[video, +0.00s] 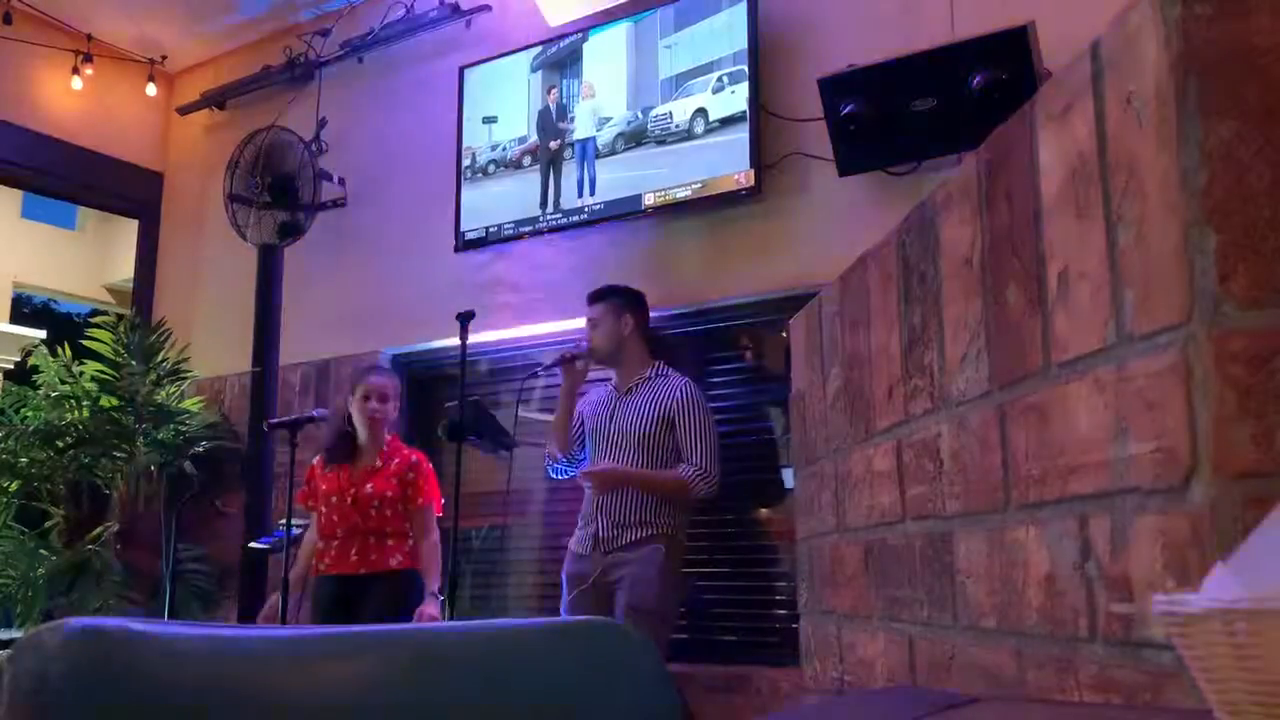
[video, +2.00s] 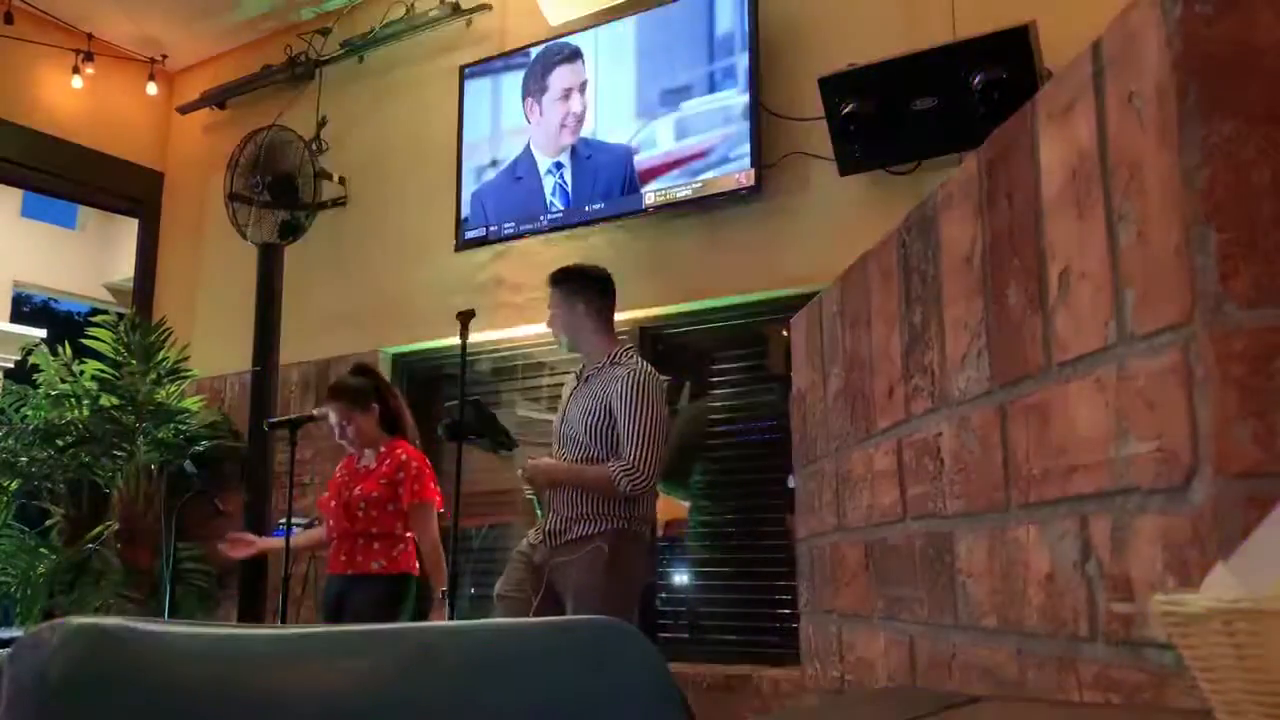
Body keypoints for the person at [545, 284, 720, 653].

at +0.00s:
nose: (587, 335)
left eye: (595, 323)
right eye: (587, 325)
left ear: (628, 324)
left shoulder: (679, 391)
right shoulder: (593, 401)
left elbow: (703, 479)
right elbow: (559, 466)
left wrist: (624, 478)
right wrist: (568, 388)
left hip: (645, 552)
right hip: (585, 552)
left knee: (637, 673)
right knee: (580, 668)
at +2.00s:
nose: (548, 321)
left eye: (553, 308)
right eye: (549, 309)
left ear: (581, 309)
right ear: (586, 310)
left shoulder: (634, 377)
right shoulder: (582, 379)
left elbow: (638, 477)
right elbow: (585, 461)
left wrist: (556, 472)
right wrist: (546, 470)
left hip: (604, 544)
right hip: (552, 538)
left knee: (599, 664)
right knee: (507, 645)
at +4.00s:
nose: (505, 315)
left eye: (516, 307)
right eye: (495, 310)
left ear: (537, 320)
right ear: (487, 328)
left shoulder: (585, 378)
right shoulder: (484, 404)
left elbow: (631, 445)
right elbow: (473, 480)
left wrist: (582, 468)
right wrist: (495, 495)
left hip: (594, 540)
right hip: (527, 548)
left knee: (598, 647)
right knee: (528, 652)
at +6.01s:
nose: (558, 284)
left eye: (572, 279)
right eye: (550, 278)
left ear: (591, 299)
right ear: (538, 296)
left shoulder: (617, 379)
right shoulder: (502, 379)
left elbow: (644, 470)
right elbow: (491, 461)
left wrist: (589, 498)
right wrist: (475, 459)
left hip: (578, 556)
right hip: (500, 556)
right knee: (480, 668)